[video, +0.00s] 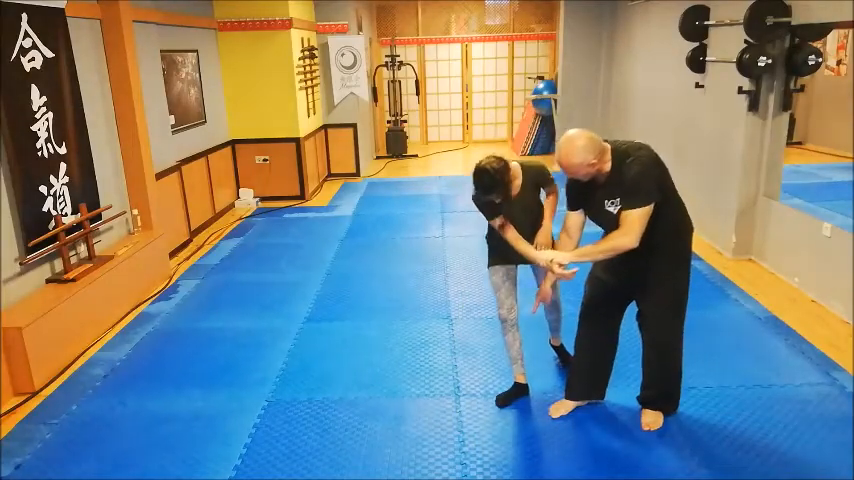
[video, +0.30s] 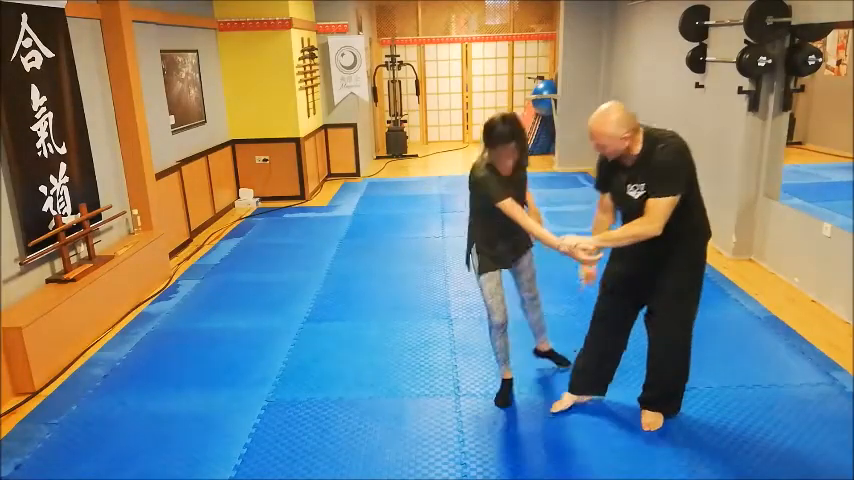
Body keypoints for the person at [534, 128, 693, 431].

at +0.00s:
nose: (571, 180)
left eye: (574, 175)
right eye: (567, 175)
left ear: (595, 162)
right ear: (569, 162)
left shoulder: (639, 164)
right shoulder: (579, 176)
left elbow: (629, 238)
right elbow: (570, 234)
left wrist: (569, 255)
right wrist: (548, 280)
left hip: (665, 246)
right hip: (620, 244)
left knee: (659, 323)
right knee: (596, 312)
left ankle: (654, 402)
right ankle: (582, 391)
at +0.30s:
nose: (597, 148)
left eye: (602, 143)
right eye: (595, 141)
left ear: (627, 138)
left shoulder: (669, 153)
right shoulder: (610, 159)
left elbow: (653, 225)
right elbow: (605, 211)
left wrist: (594, 242)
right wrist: (591, 255)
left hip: (681, 248)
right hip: (635, 242)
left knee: (668, 323)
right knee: (609, 312)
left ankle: (655, 403)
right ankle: (585, 386)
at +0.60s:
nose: (622, 118)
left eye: (627, 112)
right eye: (621, 111)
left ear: (653, 112)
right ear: (647, 112)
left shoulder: (688, 143)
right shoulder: (637, 143)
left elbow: (674, 214)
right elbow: (633, 199)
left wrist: (611, 227)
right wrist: (621, 239)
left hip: (687, 245)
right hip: (649, 239)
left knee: (669, 317)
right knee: (632, 307)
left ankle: (661, 400)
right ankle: (641, 372)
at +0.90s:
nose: (646, 99)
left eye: (653, 94)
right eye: (647, 93)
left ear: (680, 99)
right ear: (670, 98)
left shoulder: (699, 140)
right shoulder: (661, 133)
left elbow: (669, 207)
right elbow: (654, 192)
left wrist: (614, 221)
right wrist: (626, 223)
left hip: (691, 238)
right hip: (661, 232)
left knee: (665, 311)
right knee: (676, 303)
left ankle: (657, 400)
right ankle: (693, 369)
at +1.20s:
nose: (662, 95)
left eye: (667, 90)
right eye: (664, 89)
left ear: (686, 93)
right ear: (691, 92)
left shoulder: (694, 135)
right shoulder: (713, 121)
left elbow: (656, 192)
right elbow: (699, 184)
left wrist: (607, 224)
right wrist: (668, 218)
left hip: (691, 234)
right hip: (703, 226)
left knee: (670, 312)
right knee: (693, 303)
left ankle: (658, 395)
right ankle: (697, 372)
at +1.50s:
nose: (663, 94)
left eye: (668, 89)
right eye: (664, 88)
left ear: (690, 91)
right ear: (695, 91)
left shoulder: (687, 132)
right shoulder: (720, 122)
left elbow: (643, 188)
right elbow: (710, 183)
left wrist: (597, 218)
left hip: (687, 232)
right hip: (711, 225)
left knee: (669, 309)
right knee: (696, 300)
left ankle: (658, 393)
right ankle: (697, 372)